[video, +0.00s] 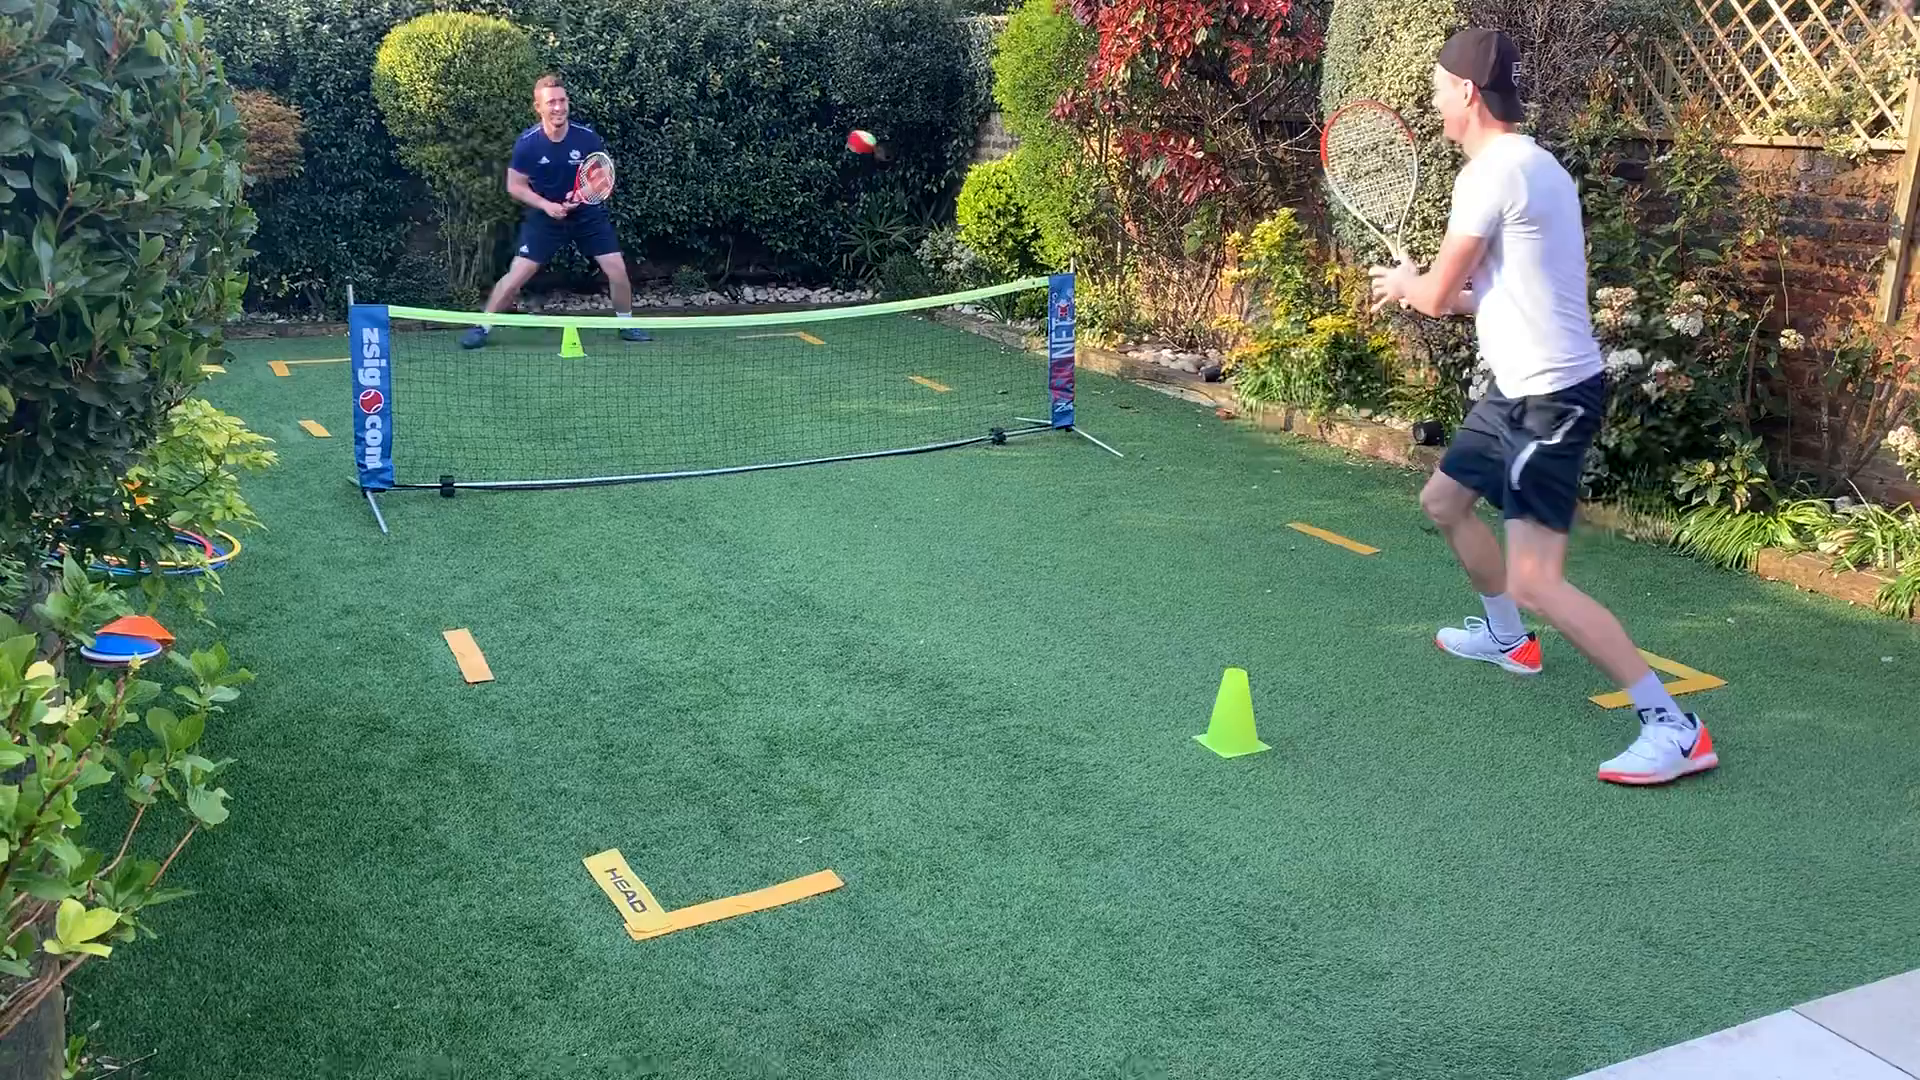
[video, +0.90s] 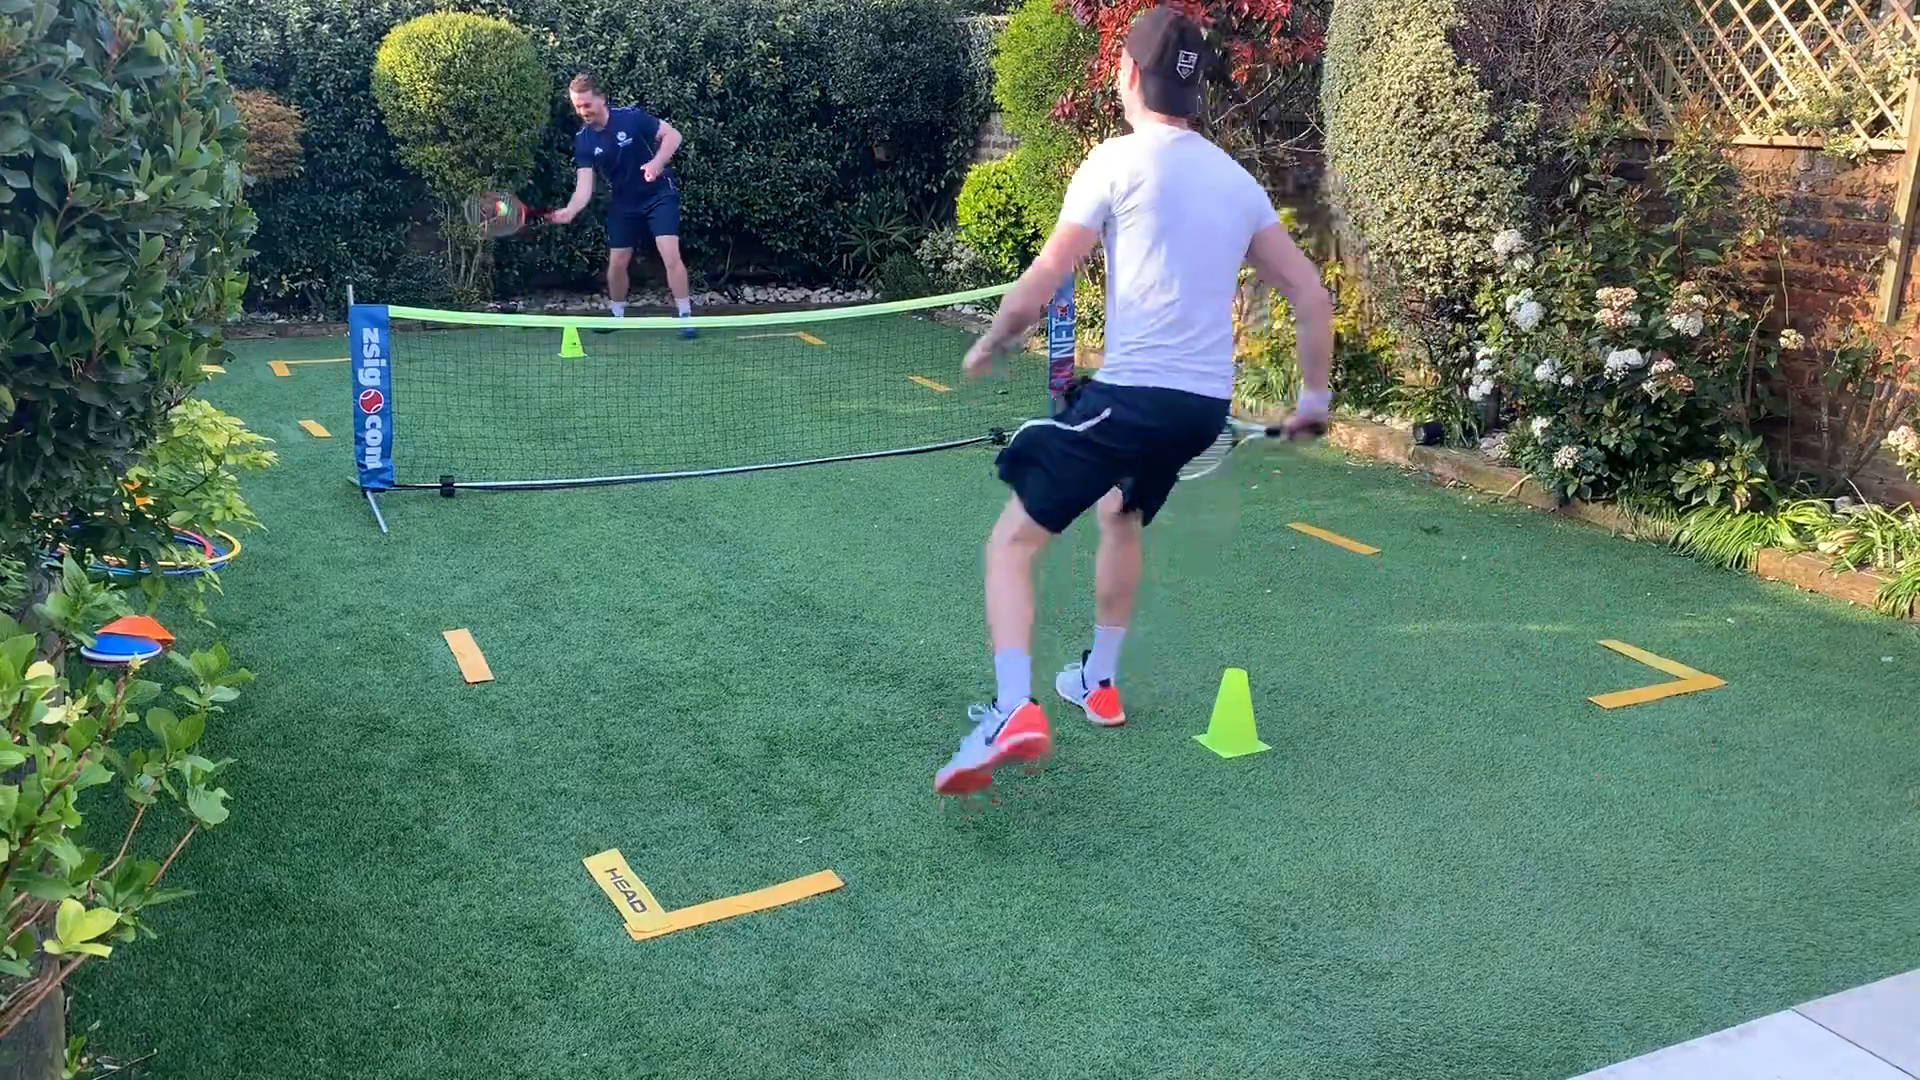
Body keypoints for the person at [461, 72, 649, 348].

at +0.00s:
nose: (558, 107)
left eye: (562, 101)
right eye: (551, 102)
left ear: (568, 103)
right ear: (538, 107)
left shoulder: (588, 139)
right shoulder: (527, 144)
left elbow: (604, 179)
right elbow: (515, 186)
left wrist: (584, 193)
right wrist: (546, 206)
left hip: (589, 216)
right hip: (547, 218)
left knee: (618, 271)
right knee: (517, 275)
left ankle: (626, 324)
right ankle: (483, 326)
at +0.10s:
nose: (571, 97)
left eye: (575, 90)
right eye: (564, 92)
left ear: (582, 93)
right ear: (553, 97)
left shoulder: (605, 129)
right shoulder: (543, 132)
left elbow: (620, 172)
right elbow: (538, 173)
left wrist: (592, 186)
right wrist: (562, 194)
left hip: (606, 201)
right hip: (564, 202)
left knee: (625, 257)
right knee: (553, 258)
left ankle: (630, 323)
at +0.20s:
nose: (581, 92)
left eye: (585, 86)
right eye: (574, 88)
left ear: (595, 86)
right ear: (565, 91)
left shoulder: (615, 120)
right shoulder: (559, 122)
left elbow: (630, 169)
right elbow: (558, 156)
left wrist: (591, 183)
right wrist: (566, 184)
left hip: (620, 191)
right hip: (583, 195)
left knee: (635, 255)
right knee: (588, 259)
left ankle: (649, 307)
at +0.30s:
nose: (590, 104)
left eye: (595, 96)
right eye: (584, 98)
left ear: (606, 95)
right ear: (577, 100)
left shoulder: (624, 128)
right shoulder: (575, 128)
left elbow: (640, 176)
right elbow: (572, 165)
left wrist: (598, 188)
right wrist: (570, 192)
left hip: (636, 199)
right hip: (607, 204)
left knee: (650, 261)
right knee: (618, 265)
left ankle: (680, 315)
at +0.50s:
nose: (585, 125)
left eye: (589, 118)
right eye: (580, 120)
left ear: (605, 109)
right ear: (576, 118)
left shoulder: (628, 138)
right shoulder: (592, 141)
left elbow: (641, 185)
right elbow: (594, 176)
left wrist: (607, 196)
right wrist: (570, 205)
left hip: (658, 201)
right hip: (628, 202)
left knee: (662, 266)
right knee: (611, 256)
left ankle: (686, 320)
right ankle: (637, 311)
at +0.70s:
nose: (575, 133)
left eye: (578, 126)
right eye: (569, 128)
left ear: (593, 117)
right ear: (566, 127)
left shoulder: (621, 136)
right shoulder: (586, 151)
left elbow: (661, 162)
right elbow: (595, 193)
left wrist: (631, 190)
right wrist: (577, 230)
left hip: (657, 199)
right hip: (623, 205)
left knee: (664, 260)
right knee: (616, 262)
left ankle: (687, 322)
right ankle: (618, 321)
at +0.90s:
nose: (583, 112)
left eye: (587, 105)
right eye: (578, 107)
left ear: (602, 99)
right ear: (575, 107)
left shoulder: (632, 117)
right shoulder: (584, 139)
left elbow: (672, 136)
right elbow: (584, 187)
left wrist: (657, 162)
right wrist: (569, 212)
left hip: (658, 195)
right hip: (624, 202)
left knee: (669, 251)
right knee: (617, 260)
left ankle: (685, 317)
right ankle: (617, 318)